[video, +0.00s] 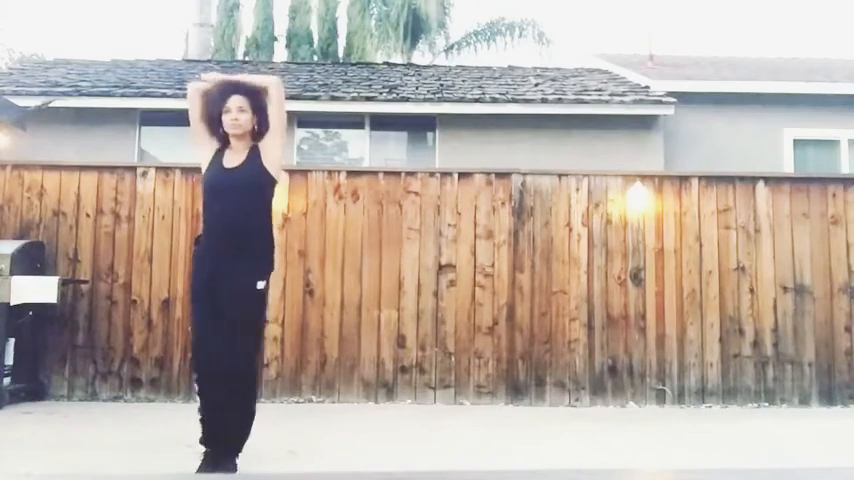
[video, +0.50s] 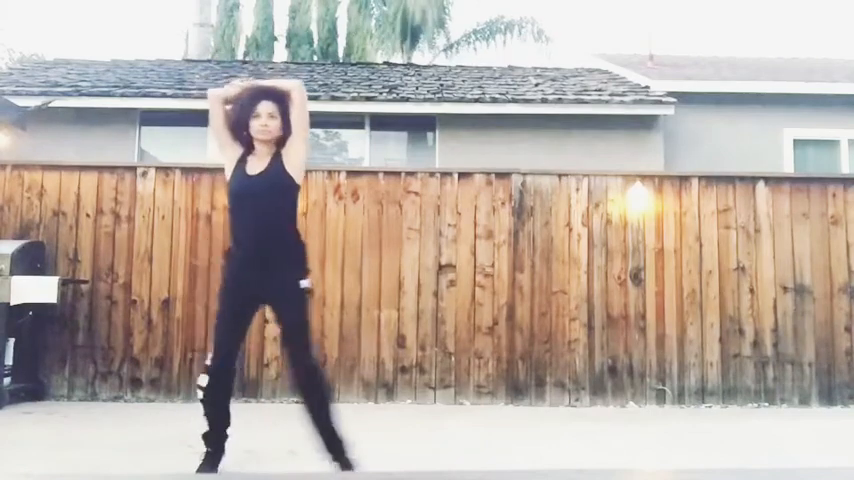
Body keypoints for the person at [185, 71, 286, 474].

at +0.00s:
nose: (234, 116)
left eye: (242, 110)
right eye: (229, 111)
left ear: (255, 117)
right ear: (220, 118)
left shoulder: (269, 151)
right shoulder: (210, 152)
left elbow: (276, 83)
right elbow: (195, 87)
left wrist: (239, 80)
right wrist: (233, 79)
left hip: (250, 263)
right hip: (209, 261)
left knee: (240, 355)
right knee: (208, 354)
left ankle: (229, 450)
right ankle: (213, 449)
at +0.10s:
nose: (236, 121)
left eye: (244, 114)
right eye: (230, 115)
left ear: (258, 120)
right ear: (222, 123)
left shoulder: (273, 154)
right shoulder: (215, 155)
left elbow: (276, 85)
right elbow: (192, 94)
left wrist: (236, 82)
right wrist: (225, 83)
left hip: (247, 265)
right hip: (206, 261)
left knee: (220, 354)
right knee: (200, 355)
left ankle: (223, 449)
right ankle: (216, 443)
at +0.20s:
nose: (239, 122)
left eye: (246, 115)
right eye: (233, 116)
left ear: (260, 122)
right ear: (224, 123)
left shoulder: (275, 156)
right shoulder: (217, 157)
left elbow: (279, 87)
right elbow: (195, 96)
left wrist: (236, 83)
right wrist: (228, 83)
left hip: (250, 269)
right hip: (209, 264)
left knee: (218, 360)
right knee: (202, 362)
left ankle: (222, 450)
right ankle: (216, 448)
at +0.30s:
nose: (244, 122)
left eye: (251, 116)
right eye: (238, 116)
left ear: (264, 122)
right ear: (229, 124)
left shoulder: (279, 155)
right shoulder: (220, 157)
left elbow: (282, 87)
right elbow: (198, 97)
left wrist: (236, 82)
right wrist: (227, 85)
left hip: (258, 272)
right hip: (216, 267)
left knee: (226, 353)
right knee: (204, 357)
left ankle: (231, 443)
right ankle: (213, 447)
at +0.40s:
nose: (254, 122)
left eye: (261, 116)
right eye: (247, 116)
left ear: (273, 123)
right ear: (236, 123)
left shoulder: (284, 156)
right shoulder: (226, 156)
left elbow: (288, 88)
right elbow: (204, 97)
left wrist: (243, 84)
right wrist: (234, 86)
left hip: (269, 273)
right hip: (226, 269)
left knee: (253, 360)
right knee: (210, 361)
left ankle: (275, 445)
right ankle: (212, 451)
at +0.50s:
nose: (265, 121)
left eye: (272, 116)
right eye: (258, 115)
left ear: (283, 123)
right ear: (246, 123)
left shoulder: (291, 158)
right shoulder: (235, 158)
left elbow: (297, 89)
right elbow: (213, 97)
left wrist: (252, 84)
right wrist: (242, 89)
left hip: (286, 274)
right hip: (241, 274)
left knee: (302, 363)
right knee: (221, 362)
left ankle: (336, 450)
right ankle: (213, 449)